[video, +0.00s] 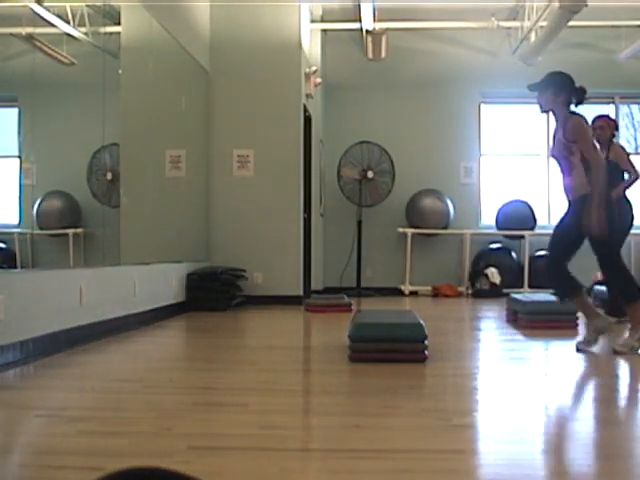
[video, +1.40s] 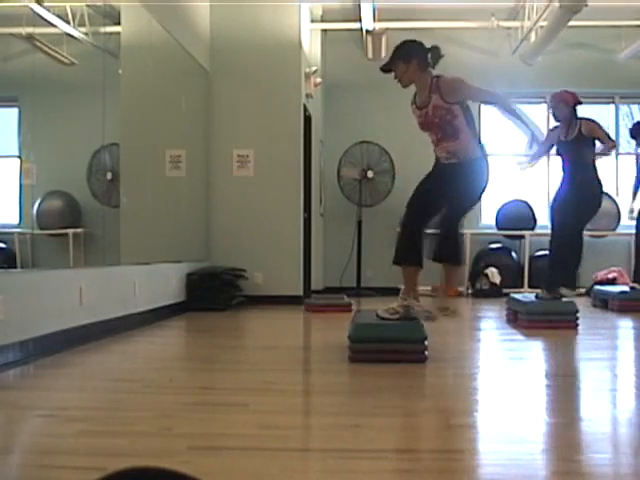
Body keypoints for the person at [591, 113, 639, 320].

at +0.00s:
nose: (599, 132)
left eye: (603, 128)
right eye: (596, 128)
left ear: (612, 131)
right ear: (592, 131)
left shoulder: (616, 151)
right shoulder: (593, 152)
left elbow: (634, 174)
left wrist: (620, 189)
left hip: (618, 204)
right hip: (601, 204)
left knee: (611, 253)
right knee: (606, 254)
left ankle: (624, 300)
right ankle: (615, 303)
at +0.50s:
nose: (597, 131)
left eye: (601, 127)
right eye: (594, 128)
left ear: (609, 128)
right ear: (591, 130)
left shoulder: (617, 149)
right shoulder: (589, 153)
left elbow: (626, 175)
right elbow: (575, 178)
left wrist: (605, 180)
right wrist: (561, 180)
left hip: (614, 207)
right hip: (593, 207)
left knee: (611, 259)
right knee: (580, 254)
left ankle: (616, 311)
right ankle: (602, 297)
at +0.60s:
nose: (593, 130)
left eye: (597, 126)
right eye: (590, 127)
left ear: (607, 127)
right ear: (587, 130)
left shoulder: (613, 148)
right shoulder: (586, 150)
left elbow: (609, 168)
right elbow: (565, 170)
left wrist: (588, 161)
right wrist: (548, 164)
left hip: (611, 209)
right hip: (589, 208)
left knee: (611, 259)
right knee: (566, 237)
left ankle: (617, 312)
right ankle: (584, 283)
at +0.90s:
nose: (568, 125)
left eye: (571, 120)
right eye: (564, 122)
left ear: (579, 121)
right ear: (561, 124)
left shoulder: (589, 140)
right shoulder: (560, 145)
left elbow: (597, 158)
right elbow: (542, 160)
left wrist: (574, 166)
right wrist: (532, 161)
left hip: (593, 201)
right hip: (571, 200)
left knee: (593, 251)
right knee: (553, 235)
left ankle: (610, 305)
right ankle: (552, 288)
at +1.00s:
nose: (558, 120)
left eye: (561, 115)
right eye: (555, 116)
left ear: (572, 115)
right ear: (552, 118)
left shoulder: (586, 134)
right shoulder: (554, 139)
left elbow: (608, 156)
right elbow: (540, 158)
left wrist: (596, 175)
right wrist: (531, 174)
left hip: (589, 194)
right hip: (567, 193)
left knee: (579, 241)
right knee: (552, 237)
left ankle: (596, 291)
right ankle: (552, 289)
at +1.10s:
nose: (553, 112)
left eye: (557, 107)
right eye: (551, 108)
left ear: (567, 108)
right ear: (549, 111)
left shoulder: (585, 130)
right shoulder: (549, 136)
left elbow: (611, 152)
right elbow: (544, 159)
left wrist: (603, 179)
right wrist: (542, 181)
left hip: (587, 188)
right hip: (564, 188)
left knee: (568, 229)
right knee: (556, 236)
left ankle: (576, 282)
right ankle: (553, 287)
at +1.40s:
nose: (554, 113)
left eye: (558, 109)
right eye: (553, 109)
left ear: (570, 108)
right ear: (553, 111)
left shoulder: (587, 126)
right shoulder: (555, 132)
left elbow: (611, 145)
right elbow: (542, 150)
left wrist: (596, 155)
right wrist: (530, 159)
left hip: (588, 187)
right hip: (566, 187)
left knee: (570, 231)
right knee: (557, 232)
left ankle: (567, 284)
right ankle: (552, 285)